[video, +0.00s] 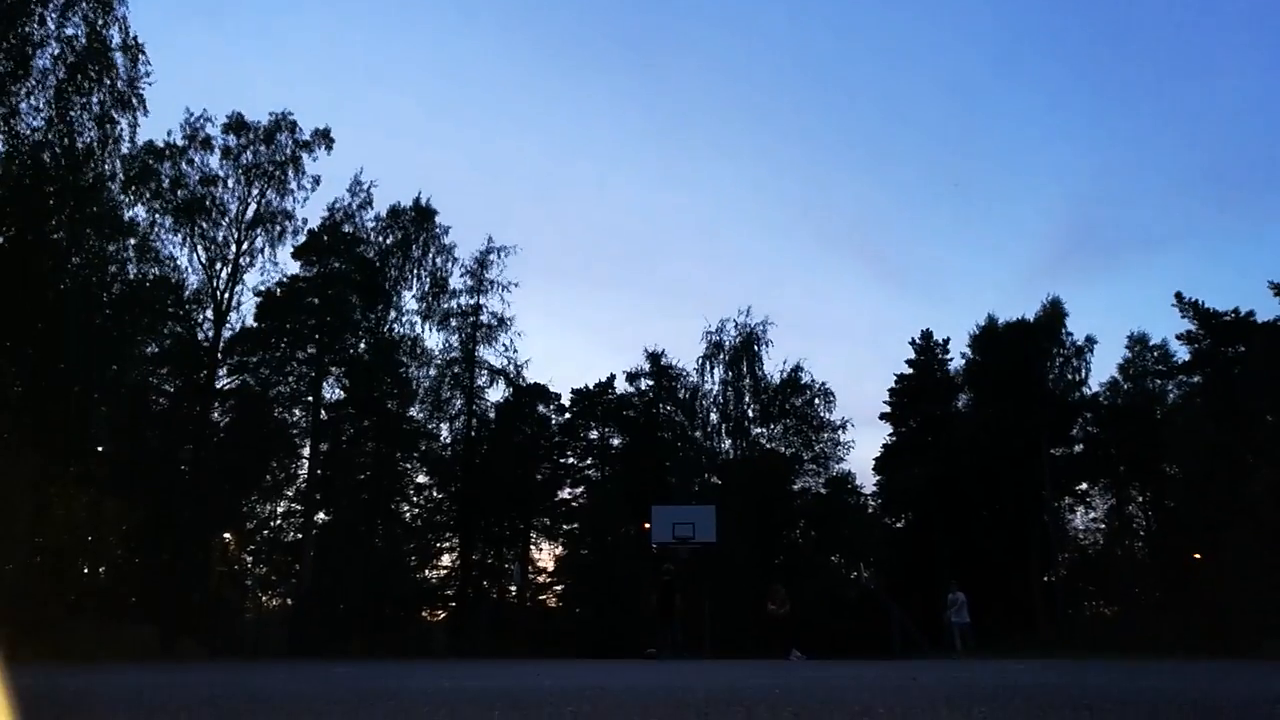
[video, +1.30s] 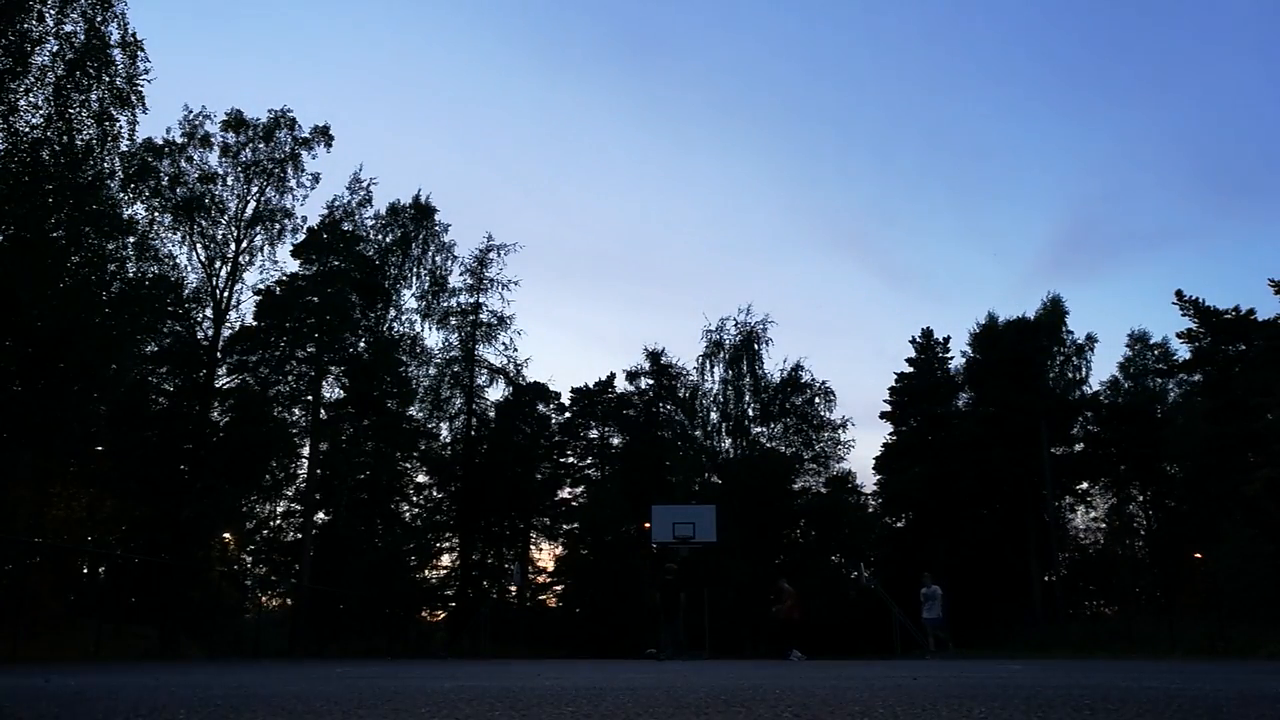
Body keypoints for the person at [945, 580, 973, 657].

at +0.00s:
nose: (953, 589)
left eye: (954, 587)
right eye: (952, 588)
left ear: (956, 588)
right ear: (951, 589)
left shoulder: (960, 595)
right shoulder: (950, 596)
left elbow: (959, 605)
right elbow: (949, 606)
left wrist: (951, 611)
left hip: (964, 620)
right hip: (955, 620)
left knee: (966, 636)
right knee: (956, 636)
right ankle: (958, 651)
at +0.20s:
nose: (951, 585)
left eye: (952, 583)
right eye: (949, 583)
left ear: (954, 583)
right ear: (948, 584)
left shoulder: (960, 591)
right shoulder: (946, 592)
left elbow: (964, 603)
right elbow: (945, 605)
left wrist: (964, 612)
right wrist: (944, 615)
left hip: (961, 617)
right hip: (951, 617)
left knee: (963, 633)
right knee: (954, 635)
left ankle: (965, 651)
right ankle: (957, 652)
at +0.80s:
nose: (945, 583)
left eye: (946, 581)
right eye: (944, 581)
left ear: (949, 582)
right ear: (942, 582)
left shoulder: (954, 591)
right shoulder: (940, 591)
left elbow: (957, 603)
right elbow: (938, 603)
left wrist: (958, 615)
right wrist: (937, 613)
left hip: (953, 616)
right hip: (943, 616)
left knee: (954, 633)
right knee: (943, 633)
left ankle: (956, 651)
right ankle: (944, 651)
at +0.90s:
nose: (943, 583)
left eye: (944, 581)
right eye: (942, 581)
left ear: (947, 582)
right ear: (940, 582)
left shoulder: (952, 591)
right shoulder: (938, 591)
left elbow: (955, 603)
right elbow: (937, 603)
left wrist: (955, 612)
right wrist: (936, 613)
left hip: (951, 616)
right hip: (941, 616)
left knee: (953, 633)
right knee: (941, 632)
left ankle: (955, 650)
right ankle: (941, 650)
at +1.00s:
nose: (941, 584)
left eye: (942, 582)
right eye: (939, 582)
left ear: (944, 583)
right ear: (938, 583)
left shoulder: (949, 592)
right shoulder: (935, 592)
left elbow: (950, 603)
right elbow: (935, 603)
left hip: (949, 616)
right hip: (939, 617)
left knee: (953, 633)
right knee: (939, 634)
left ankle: (956, 650)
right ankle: (937, 650)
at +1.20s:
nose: (931, 583)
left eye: (932, 581)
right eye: (930, 582)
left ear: (934, 582)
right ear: (928, 583)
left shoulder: (940, 591)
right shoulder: (927, 593)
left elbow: (942, 603)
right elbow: (927, 604)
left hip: (941, 616)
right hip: (931, 616)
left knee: (945, 633)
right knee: (932, 634)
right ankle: (932, 650)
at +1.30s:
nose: (927, 582)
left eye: (928, 580)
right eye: (926, 580)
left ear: (930, 580)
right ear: (924, 581)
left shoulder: (936, 589)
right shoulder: (923, 591)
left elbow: (939, 601)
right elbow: (923, 602)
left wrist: (939, 612)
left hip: (936, 616)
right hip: (926, 616)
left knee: (938, 632)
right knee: (929, 634)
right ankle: (931, 651)